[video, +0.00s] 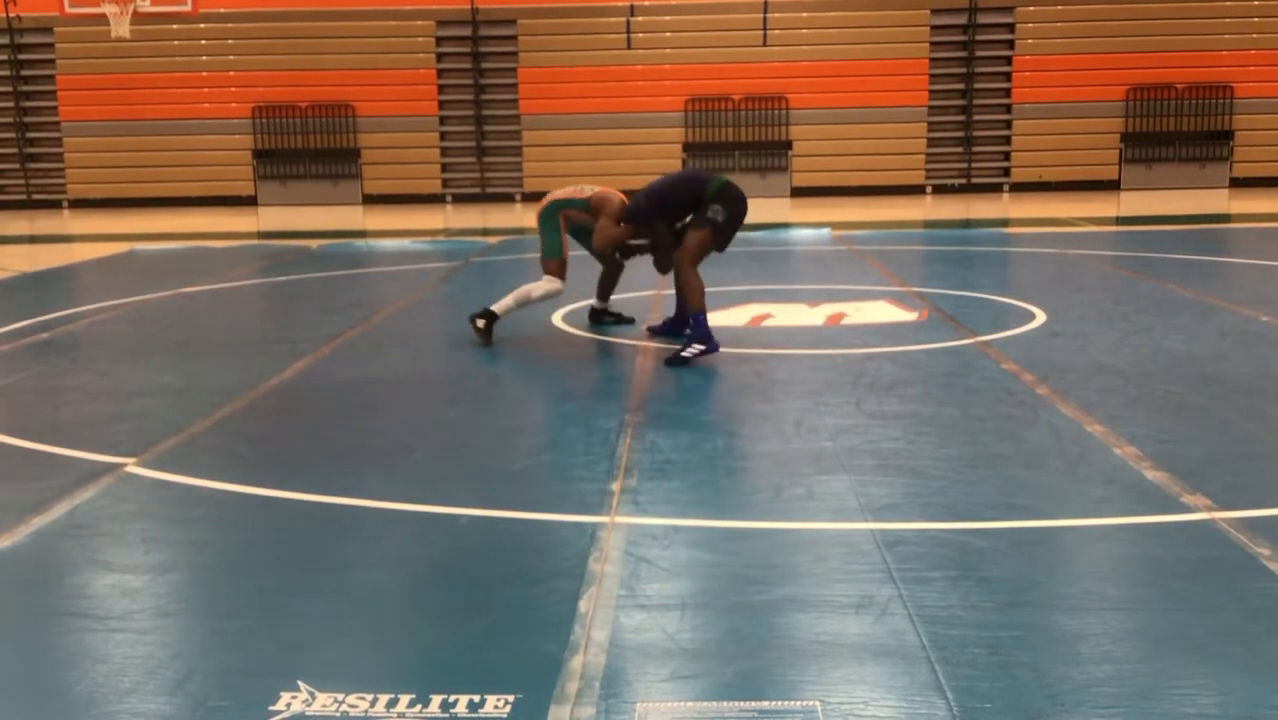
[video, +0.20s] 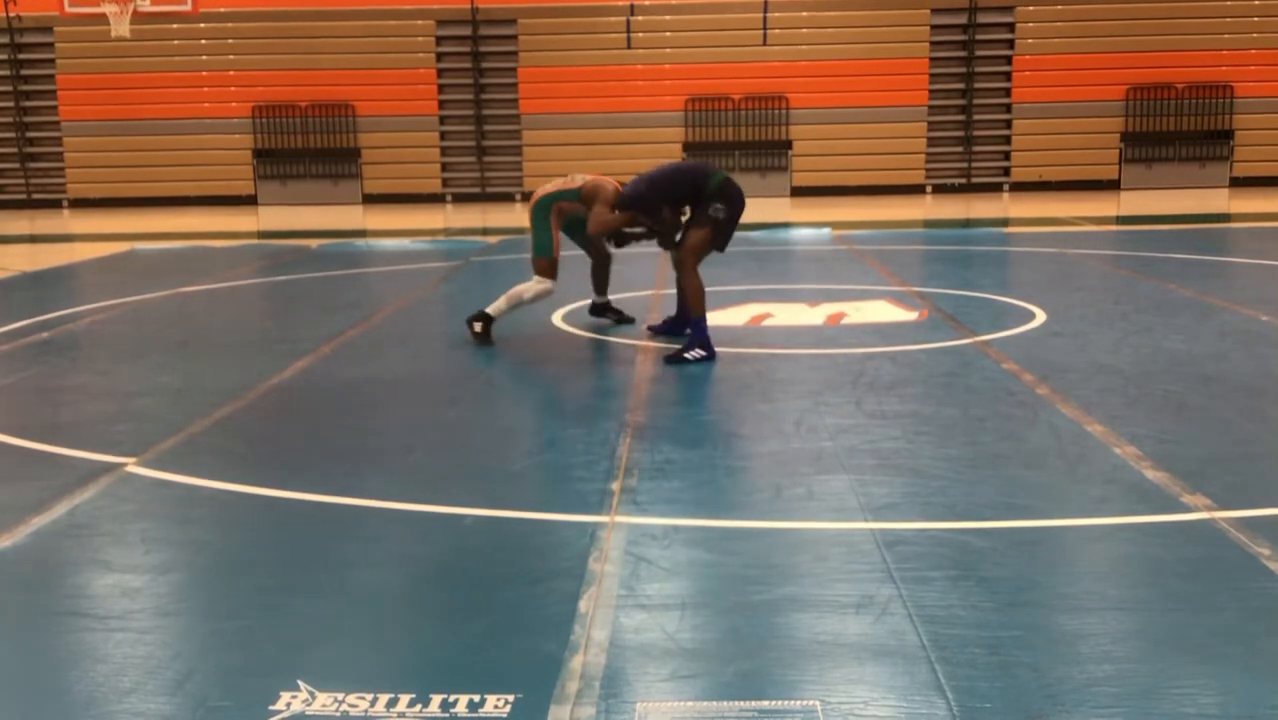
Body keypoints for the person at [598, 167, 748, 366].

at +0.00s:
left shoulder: (642, 210)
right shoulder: (643, 207)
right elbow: (667, 239)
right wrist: (636, 250)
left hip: (724, 199)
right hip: (715, 199)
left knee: (686, 260)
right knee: (679, 256)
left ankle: (702, 337)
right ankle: (681, 320)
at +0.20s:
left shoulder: (633, 199)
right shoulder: (631, 197)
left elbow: (670, 226)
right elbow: (672, 222)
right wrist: (631, 237)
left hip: (723, 197)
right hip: (710, 197)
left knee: (687, 259)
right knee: (680, 256)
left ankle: (701, 342)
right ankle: (682, 320)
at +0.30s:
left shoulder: (640, 191)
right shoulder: (636, 191)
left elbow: (679, 217)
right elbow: (678, 214)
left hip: (722, 196)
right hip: (709, 196)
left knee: (687, 261)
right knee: (681, 257)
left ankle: (701, 343)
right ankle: (690, 320)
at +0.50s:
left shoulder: (644, 194)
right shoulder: (638, 196)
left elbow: (692, 208)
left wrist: (669, 239)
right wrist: (631, 241)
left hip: (727, 195)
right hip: (716, 195)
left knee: (692, 261)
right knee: (688, 259)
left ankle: (702, 344)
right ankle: (693, 321)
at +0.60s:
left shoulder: (644, 196)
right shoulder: (639, 195)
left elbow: (697, 208)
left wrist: (666, 240)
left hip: (730, 192)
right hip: (721, 193)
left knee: (695, 258)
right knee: (697, 254)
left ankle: (701, 343)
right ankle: (719, 315)